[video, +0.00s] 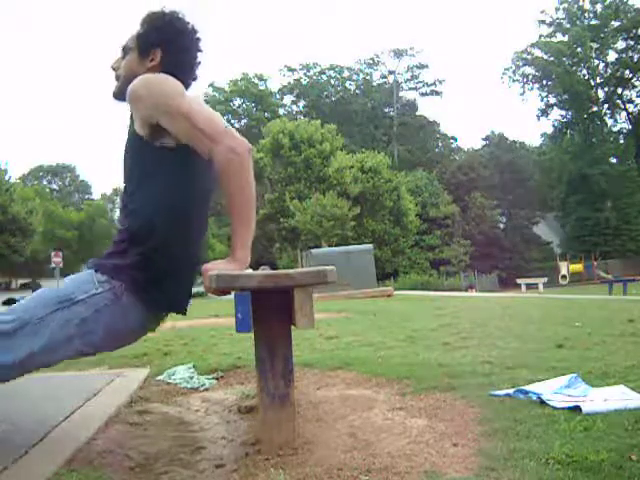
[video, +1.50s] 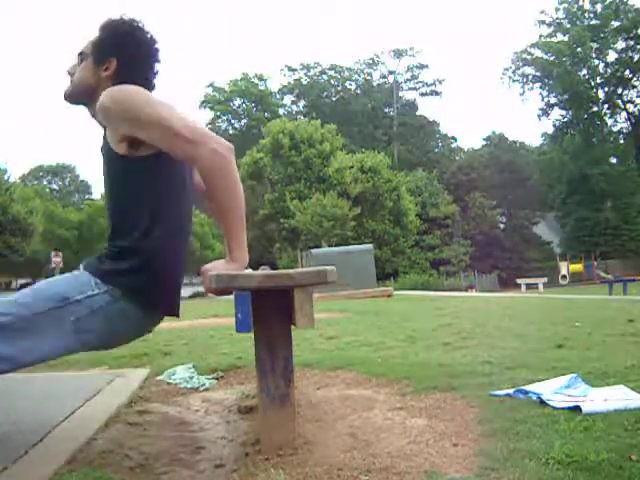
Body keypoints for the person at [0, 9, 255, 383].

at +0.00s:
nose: (115, 64)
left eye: (125, 53)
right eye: (120, 53)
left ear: (152, 59)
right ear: (154, 61)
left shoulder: (150, 88)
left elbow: (234, 151)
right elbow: (238, 153)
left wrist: (239, 257)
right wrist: (241, 256)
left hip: (124, 289)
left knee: (5, 345)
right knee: (7, 346)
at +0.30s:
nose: (80, 121)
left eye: (90, 110)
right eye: (86, 110)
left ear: (114, 118)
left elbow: (225, 154)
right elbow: (231, 187)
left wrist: (240, 257)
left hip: (139, 340)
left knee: (6, 365)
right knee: (9, 360)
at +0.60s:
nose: (88, 58)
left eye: (99, 50)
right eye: (95, 49)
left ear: (120, 63)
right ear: (122, 64)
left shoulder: (125, 94)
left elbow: (219, 152)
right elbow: (222, 154)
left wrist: (239, 256)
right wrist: (238, 251)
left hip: (116, 287)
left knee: (3, 329)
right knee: (5, 336)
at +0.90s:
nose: (88, 8)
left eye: (98, 1)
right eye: (94, 1)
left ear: (122, 8)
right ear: (123, 10)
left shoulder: (134, 53)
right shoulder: (156, 61)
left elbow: (185, 151)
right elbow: (190, 159)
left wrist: (227, 253)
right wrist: (227, 250)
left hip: (88, 238)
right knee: (3, 326)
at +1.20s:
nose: (57, 116)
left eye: (67, 105)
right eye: (63, 105)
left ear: (93, 115)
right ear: (91, 114)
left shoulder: (109, 143)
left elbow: (217, 155)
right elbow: (209, 193)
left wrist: (238, 257)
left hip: (138, 329)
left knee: (5, 351)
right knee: (7, 348)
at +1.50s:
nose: (70, 70)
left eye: (81, 59)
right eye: (76, 59)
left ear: (107, 68)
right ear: (107, 69)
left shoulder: (117, 100)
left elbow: (217, 153)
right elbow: (206, 192)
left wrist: (238, 257)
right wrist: (238, 253)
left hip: (120, 290)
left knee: (2, 328)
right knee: (4, 324)